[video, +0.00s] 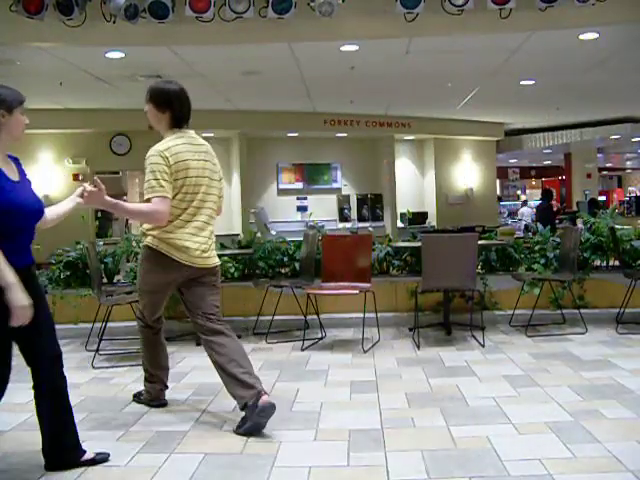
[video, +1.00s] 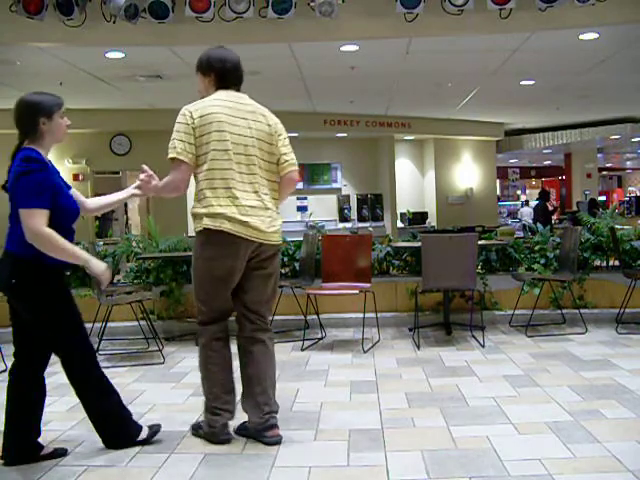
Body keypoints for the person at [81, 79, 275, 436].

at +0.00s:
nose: (146, 116)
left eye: (148, 110)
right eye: (146, 110)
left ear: (162, 111)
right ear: (182, 111)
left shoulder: (161, 152)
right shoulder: (206, 149)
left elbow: (159, 213)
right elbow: (215, 208)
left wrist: (106, 203)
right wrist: (172, 206)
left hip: (163, 251)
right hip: (203, 252)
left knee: (150, 320)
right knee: (213, 324)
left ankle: (154, 391)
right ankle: (254, 398)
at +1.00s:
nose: (197, 85)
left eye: (199, 79)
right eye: (199, 78)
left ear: (209, 79)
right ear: (237, 79)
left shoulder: (195, 112)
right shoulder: (268, 117)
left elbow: (181, 179)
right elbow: (291, 177)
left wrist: (156, 188)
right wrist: (261, 203)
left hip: (219, 230)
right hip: (267, 233)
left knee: (212, 326)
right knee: (257, 327)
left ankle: (217, 422)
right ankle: (263, 422)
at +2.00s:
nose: (203, 72)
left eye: (202, 66)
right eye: (205, 65)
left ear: (209, 68)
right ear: (252, 63)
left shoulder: (192, 125)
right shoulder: (296, 117)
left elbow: (197, 204)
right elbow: (320, 201)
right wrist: (272, 209)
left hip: (228, 271)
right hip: (281, 268)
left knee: (215, 379)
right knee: (265, 360)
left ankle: (288, 475)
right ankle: (265, 446)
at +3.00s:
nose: (210, 69)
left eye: (209, 63)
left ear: (213, 64)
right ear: (250, 60)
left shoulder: (209, 103)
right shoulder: (284, 104)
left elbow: (166, 175)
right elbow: (301, 172)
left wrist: (178, 196)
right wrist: (259, 176)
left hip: (232, 229)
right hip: (277, 233)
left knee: (231, 328)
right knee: (264, 328)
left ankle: (263, 439)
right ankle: (263, 412)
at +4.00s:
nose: (219, 99)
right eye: (218, 94)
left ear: (184, 101)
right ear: (215, 97)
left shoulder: (171, 136)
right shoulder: (235, 131)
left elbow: (143, 193)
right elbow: (250, 180)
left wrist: (158, 206)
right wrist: (256, 171)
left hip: (186, 237)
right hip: (228, 236)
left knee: (196, 314)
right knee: (240, 308)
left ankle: (199, 386)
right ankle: (253, 385)